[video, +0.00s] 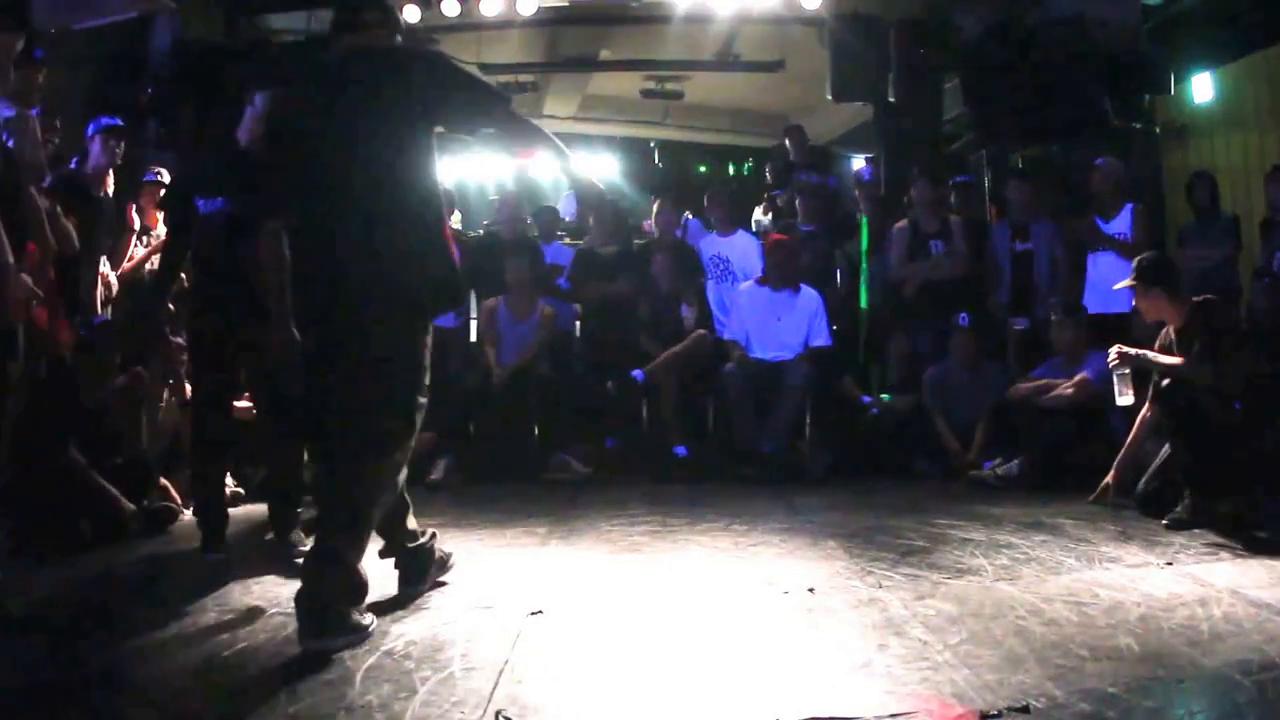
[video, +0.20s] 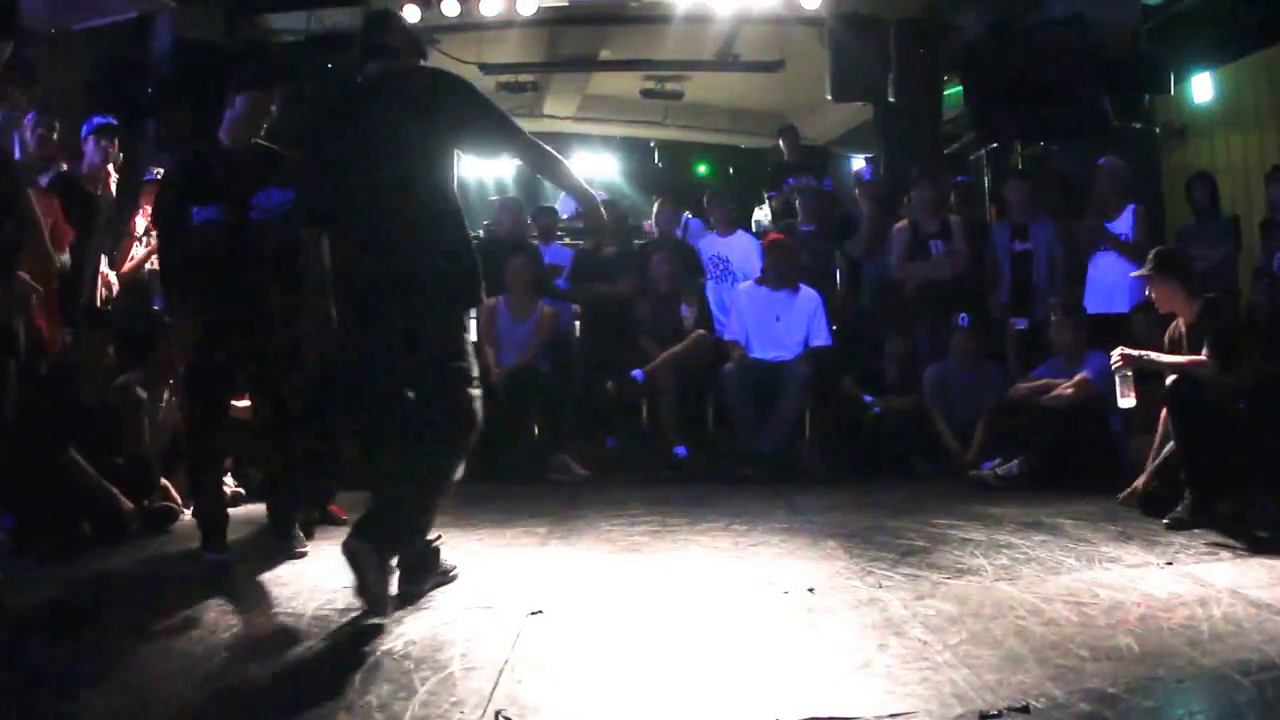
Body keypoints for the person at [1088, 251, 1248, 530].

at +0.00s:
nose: (1135, 303)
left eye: (1138, 293)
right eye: (1133, 294)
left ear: (1159, 293)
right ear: (1156, 295)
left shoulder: (1209, 313)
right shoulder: (1166, 341)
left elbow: (1203, 367)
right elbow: (1151, 411)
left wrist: (1140, 357)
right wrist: (1117, 472)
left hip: (1232, 426)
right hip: (1197, 430)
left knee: (1173, 395)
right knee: (1149, 498)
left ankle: (1196, 497)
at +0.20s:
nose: (1148, 293)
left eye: (1152, 283)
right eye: (1148, 284)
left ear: (1175, 283)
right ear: (1169, 287)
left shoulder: (1217, 310)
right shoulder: (1174, 334)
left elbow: (1211, 363)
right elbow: (1170, 411)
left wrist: (1143, 357)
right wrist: (1149, 474)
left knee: (1181, 386)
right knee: (1152, 497)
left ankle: (1197, 498)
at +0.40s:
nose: (1154, 288)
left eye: (1159, 278)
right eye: (1154, 280)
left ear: (1184, 279)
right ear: (1178, 281)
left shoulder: (1223, 310)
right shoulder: (1178, 332)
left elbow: (1215, 361)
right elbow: (1181, 407)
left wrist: (1142, 363)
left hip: (1239, 427)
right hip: (1202, 432)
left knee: (1189, 386)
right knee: (1150, 495)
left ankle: (1198, 501)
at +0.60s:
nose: (1160, 283)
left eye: (1168, 274)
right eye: (1161, 274)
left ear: (1194, 275)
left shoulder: (1228, 310)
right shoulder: (1181, 333)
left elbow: (1217, 358)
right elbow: (1179, 402)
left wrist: (1143, 371)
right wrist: (1176, 450)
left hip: (1246, 430)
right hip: (1206, 435)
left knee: (1194, 391)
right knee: (1152, 496)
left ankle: (1201, 502)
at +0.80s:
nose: (1167, 281)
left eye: (1176, 272)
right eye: (1168, 272)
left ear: (1203, 276)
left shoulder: (1233, 312)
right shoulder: (1182, 332)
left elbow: (1220, 358)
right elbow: (1181, 405)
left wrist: (1145, 369)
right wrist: (1175, 461)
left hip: (1251, 429)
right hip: (1212, 433)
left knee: (1197, 391)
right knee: (1158, 497)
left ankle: (1204, 503)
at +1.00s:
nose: (1175, 280)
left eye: (1185, 272)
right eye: (1176, 272)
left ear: (1210, 277)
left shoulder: (1236, 312)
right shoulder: (1186, 332)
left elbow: (1220, 358)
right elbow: (1184, 404)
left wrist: (1144, 373)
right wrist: (1174, 457)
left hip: (1250, 427)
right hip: (1210, 431)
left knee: (1198, 391)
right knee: (1156, 499)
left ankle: (1205, 505)